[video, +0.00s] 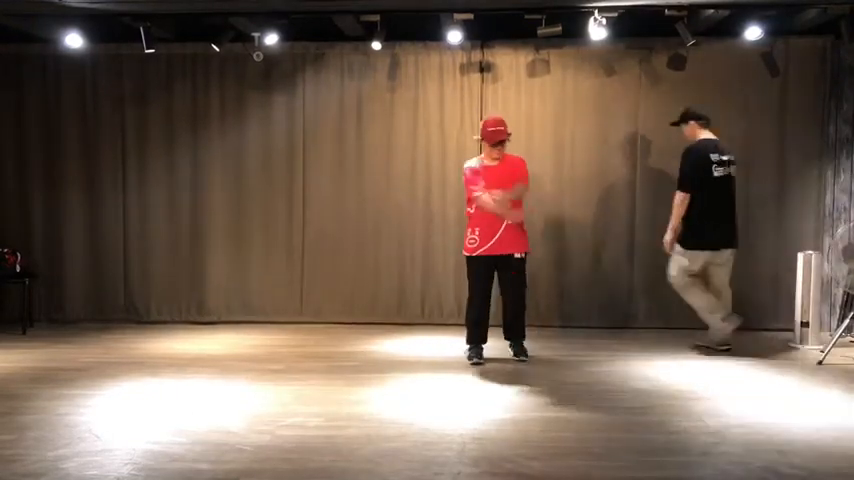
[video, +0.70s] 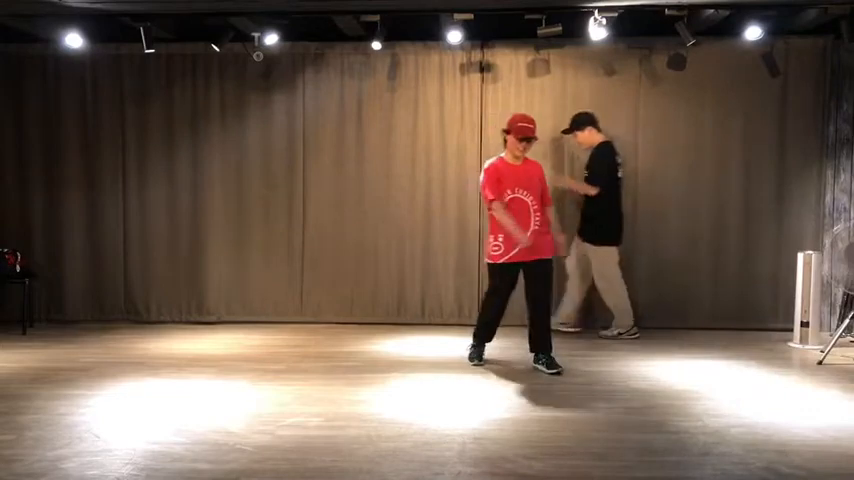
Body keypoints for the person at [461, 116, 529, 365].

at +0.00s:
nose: (499, 150)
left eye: (502, 144)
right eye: (494, 145)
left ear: (507, 141)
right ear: (483, 142)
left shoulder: (517, 164)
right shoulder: (472, 168)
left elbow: (520, 190)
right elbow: (480, 199)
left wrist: (497, 197)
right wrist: (509, 211)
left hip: (512, 243)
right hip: (480, 245)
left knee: (515, 297)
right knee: (478, 297)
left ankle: (517, 341)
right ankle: (475, 345)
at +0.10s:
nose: (495, 147)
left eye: (499, 141)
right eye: (490, 143)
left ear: (503, 140)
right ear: (479, 142)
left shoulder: (514, 166)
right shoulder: (467, 170)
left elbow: (530, 195)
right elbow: (457, 206)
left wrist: (548, 218)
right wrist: (460, 232)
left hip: (509, 245)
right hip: (477, 247)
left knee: (517, 292)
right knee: (476, 298)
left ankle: (513, 337)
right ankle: (475, 346)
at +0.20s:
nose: (494, 142)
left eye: (497, 137)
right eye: (488, 138)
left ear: (502, 138)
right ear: (478, 141)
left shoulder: (515, 166)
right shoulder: (466, 170)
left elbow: (536, 197)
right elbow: (444, 200)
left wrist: (553, 219)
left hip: (510, 244)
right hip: (476, 246)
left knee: (520, 292)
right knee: (476, 298)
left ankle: (518, 340)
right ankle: (475, 346)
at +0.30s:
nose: (495, 139)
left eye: (499, 134)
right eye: (490, 136)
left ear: (504, 136)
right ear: (479, 139)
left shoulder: (517, 165)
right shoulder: (466, 168)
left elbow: (529, 193)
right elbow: (440, 190)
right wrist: (417, 209)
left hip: (510, 243)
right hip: (477, 246)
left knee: (522, 295)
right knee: (477, 298)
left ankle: (534, 344)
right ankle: (475, 347)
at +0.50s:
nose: (507, 140)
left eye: (511, 136)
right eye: (502, 136)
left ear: (517, 139)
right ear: (492, 138)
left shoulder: (524, 168)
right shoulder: (475, 169)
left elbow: (527, 204)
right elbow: (454, 201)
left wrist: (520, 232)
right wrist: (440, 226)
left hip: (518, 246)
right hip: (484, 247)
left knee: (528, 298)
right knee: (481, 298)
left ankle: (540, 350)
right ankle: (475, 347)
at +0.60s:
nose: (515, 143)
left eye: (520, 138)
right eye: (510, 138)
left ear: (525, 140)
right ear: (499, 138)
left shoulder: (531, 169)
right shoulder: (484, 170)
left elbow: (535, 208)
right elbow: (476, 209)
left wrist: (533, 239)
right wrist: (474, 241)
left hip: (527, 247)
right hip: (494, 248)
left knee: (532, 302)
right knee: (487, 300)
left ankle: (540, 353)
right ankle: (477, 346)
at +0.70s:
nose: (523, 145)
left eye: (528, 141)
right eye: (519, 140)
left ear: (533, 142)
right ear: (507, 137)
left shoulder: (535, 168)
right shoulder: (492, 168)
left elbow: (547, 205)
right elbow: (495, 207)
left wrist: (556, 233)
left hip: (538, 247)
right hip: (505, 248)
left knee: (540, 302)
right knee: (497, 298)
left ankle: (542, 353)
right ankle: (479, 343)